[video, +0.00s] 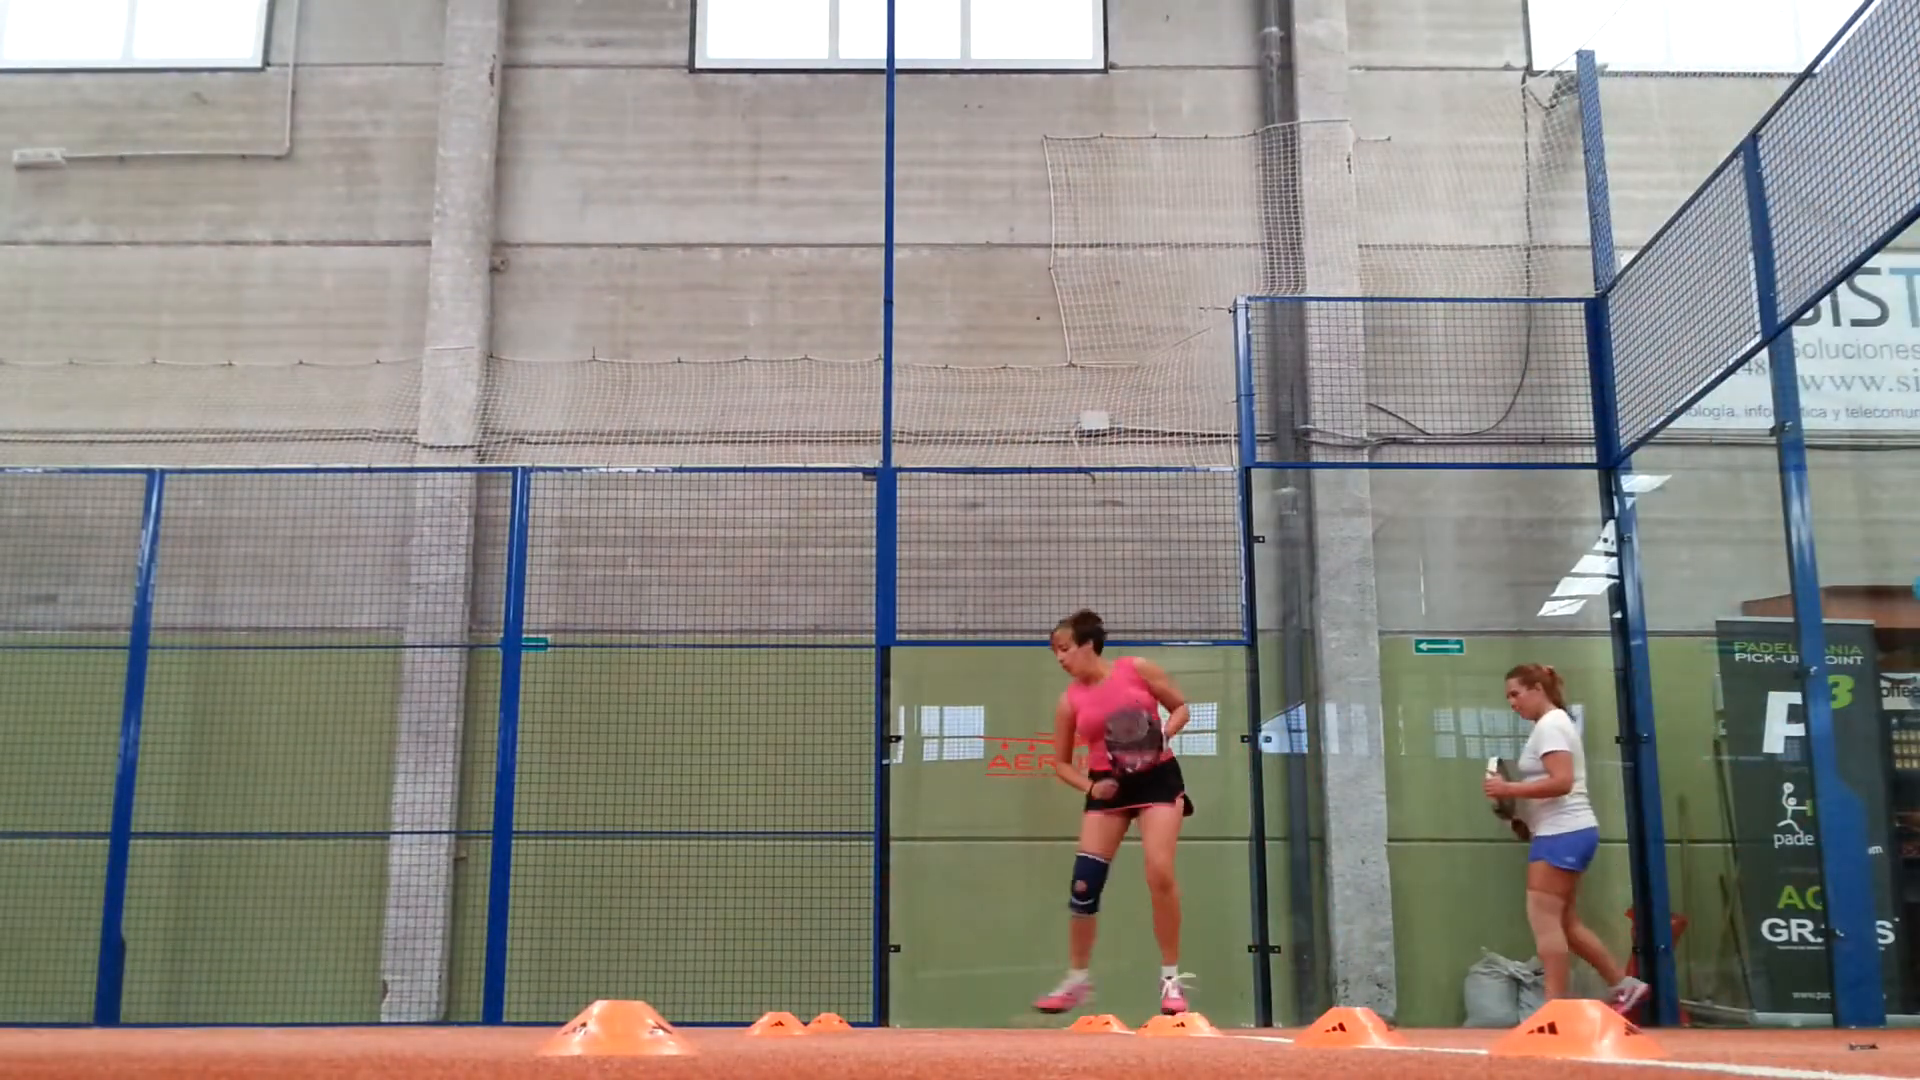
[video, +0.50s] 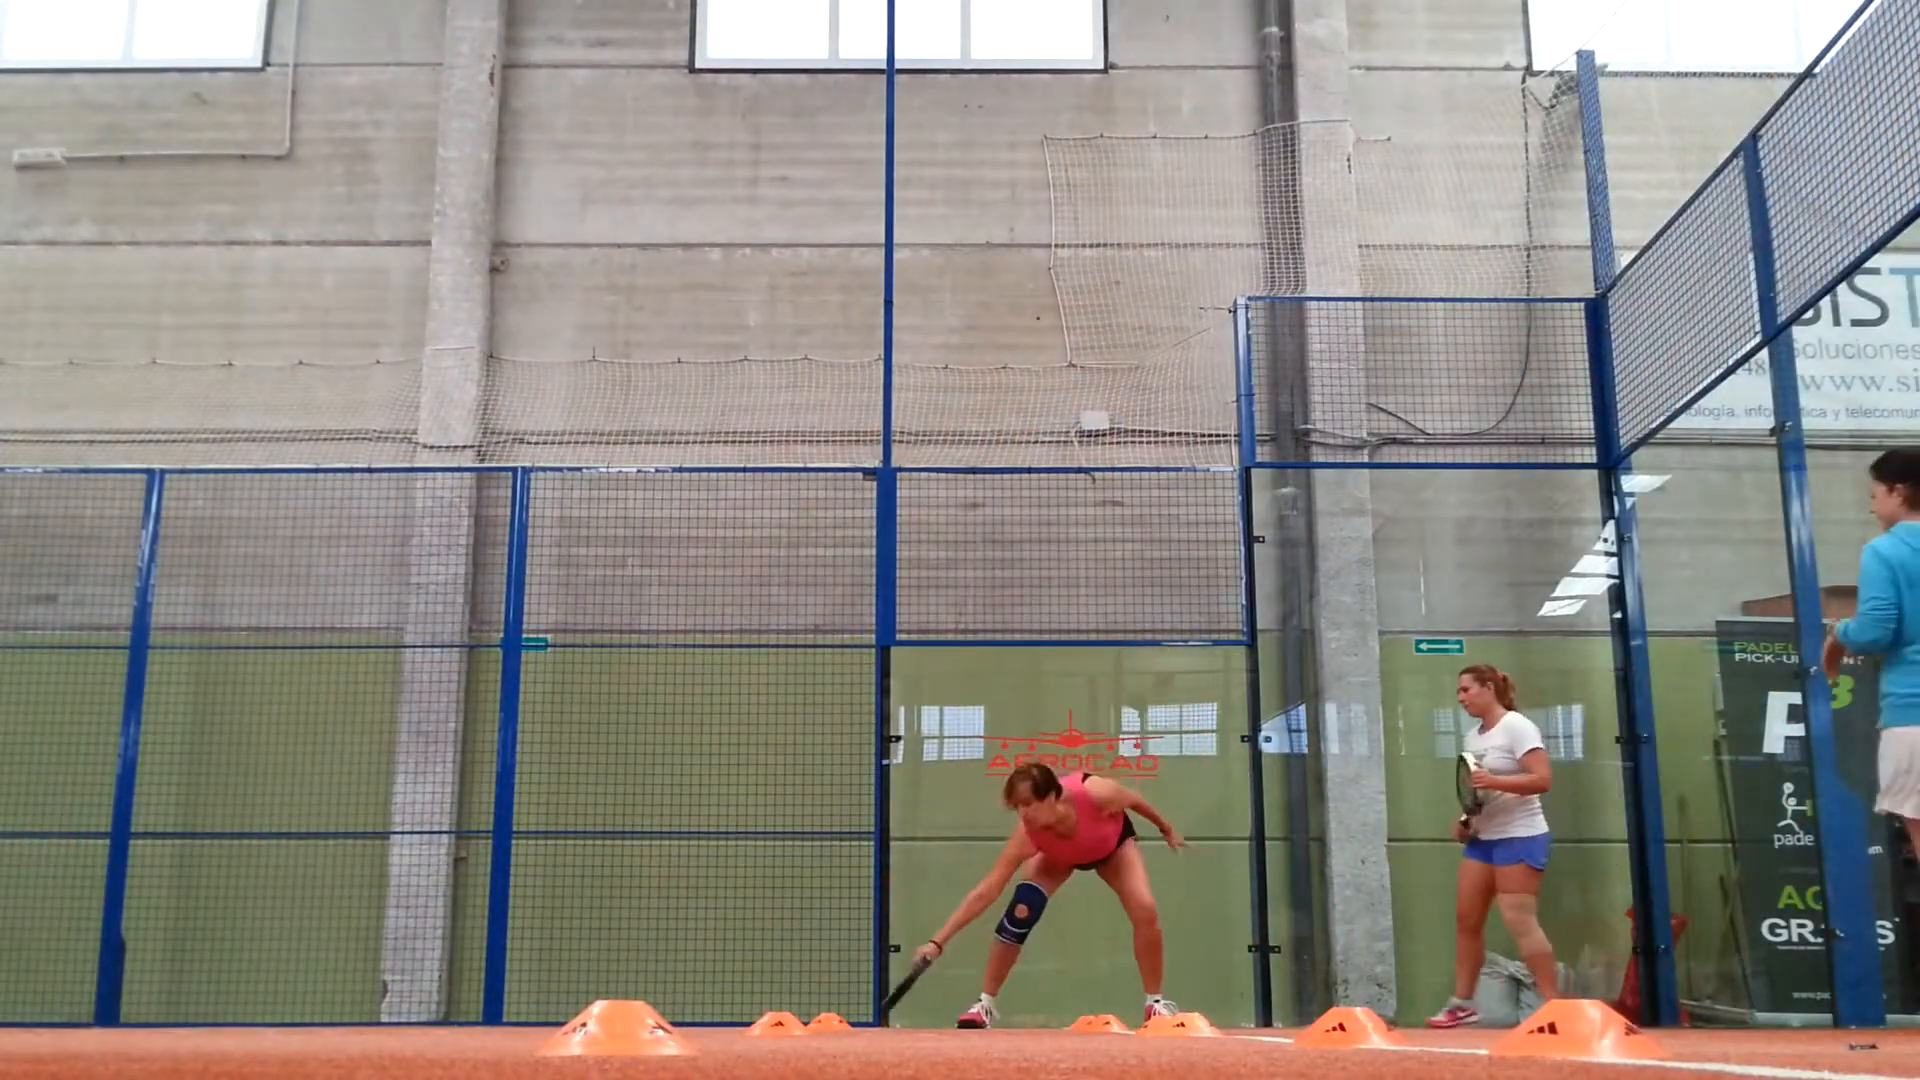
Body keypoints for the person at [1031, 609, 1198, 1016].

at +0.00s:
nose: (1059, 657)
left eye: (1064, 648)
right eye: (1056, 650)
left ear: (1089, 645)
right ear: (1074, 651)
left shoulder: (1135, 670)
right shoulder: (1070, 701)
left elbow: (1181, 709)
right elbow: (1060, 763)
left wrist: (1160, 736)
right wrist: (1089, 786)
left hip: (1156, 780)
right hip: (1108, 787)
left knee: (1160, 875)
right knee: (1084, 884)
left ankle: (1171, 979)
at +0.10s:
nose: (1048, 687)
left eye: (1052, 677)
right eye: (1045, 680)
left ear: (1078, 672)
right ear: (1062, 677)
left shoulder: (1126, 694)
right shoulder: (1060, 731)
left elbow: (1166, 734)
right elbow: (1050, 798)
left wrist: (1165, 767)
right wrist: (1083, 819)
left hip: (1151, 804)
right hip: (1102, 813)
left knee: (1166, 895)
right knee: (1066, 898)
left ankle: (1160, 999)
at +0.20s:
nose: (1036, 728)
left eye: (1042, 717)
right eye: (1033, 720)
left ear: (1067, 713)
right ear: (1033, 723)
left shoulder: (1110, 729)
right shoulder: (1050, 773)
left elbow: (1149, 766)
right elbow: (1033, 837)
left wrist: (1171, 813)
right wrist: (1049, 870)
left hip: (1134, 833)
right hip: (1083, 841)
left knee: (1172, 905)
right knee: (1050, 921)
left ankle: (1157, 1002)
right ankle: (991, 1003)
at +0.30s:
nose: (1025, 770)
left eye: (1030, 760)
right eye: (1022, 763)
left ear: (1056, 756)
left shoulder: (1101, 761)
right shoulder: (1039, 808)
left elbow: (1134, 784)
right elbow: (1008, 872)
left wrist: (1161, 825)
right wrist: (1000, 919)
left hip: (1123, 845)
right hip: (1068, 855)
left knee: (1166, 909)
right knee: (1031, 921)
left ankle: (1156, 1002)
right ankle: (988, 1004)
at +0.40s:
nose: (1022, 805)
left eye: (1026, 795)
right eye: (1017, 798)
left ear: (1051, 789)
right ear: (1015, 799)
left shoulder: (1095, 783)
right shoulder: (1031, 836)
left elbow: (1131, 794)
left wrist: (1152, 823)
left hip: (1116, 848)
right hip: (1061, 858)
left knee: (1154, 910)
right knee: (1025, 915)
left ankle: (1155, 1003)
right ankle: (986, 1004)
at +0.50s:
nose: (1023, 815)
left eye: (1028, 806)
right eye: (1019, 808)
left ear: (1053, 798)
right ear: (1018, 807)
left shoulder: (1097, 793)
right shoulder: (1027, 835)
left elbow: (1136, 802)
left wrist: (1167, 829)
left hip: (1111, 846)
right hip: (1056, 855)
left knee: (1146, 910)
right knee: (1020, 912)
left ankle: (1155, 1004)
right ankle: (985, 1005)